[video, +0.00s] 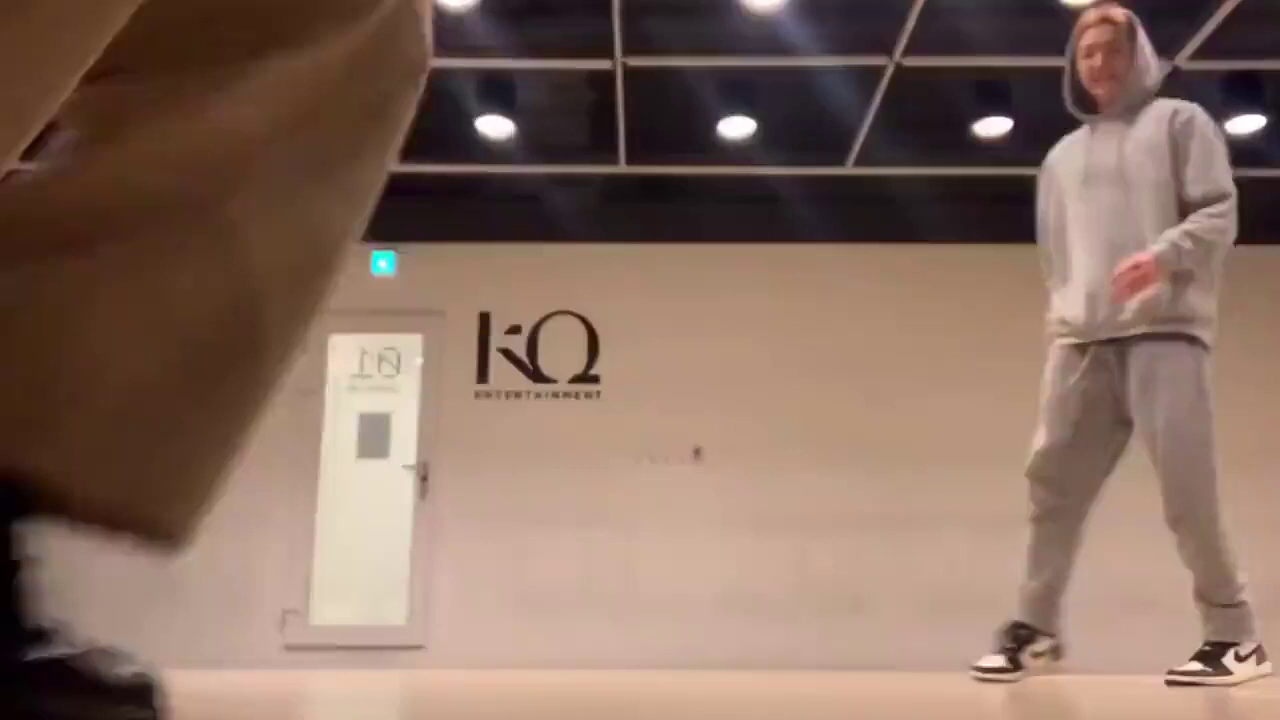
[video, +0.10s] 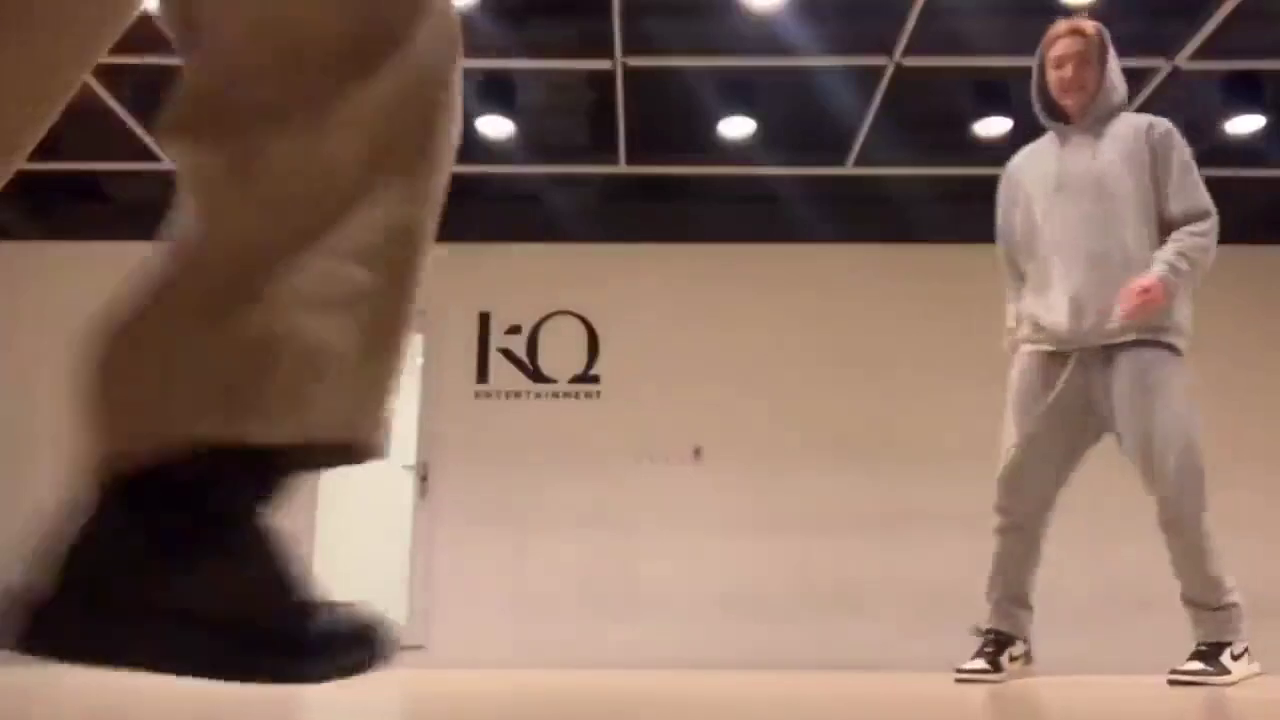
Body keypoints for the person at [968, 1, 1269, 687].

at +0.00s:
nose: (1099, 62)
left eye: (1111, 48)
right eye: (1088, 52)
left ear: (1137, 56)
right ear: (1074, 66)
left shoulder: (1181, 122)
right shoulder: (1062, 156)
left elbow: (1219, 216)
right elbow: (1057, 267)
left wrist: (1162, 258)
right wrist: (1060, 359)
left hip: (1167, 335)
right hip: (1086, 342)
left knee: (1187, 492)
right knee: (1053, 479)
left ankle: (1233, 638)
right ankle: (1036, 629)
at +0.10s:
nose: (1068, 74)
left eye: (1079, 62)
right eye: (1057, 64)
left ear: (1105, 67)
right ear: (1043, 75)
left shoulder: (1152, 137)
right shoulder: (1022, 166)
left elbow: (1199, 227)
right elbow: (1015, 272)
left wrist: (1161, 278)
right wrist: (1021, 345)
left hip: (1141, 349)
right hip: (1052, 354)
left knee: (1177, 486)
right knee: (1018, 490)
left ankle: (1219, 639)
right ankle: (1004, 634)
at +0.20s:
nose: (1051, 76)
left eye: (1062, 64)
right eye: (1040, 65)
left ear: (1087, 70)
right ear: (1025, 76)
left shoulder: (1133, 144)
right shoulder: (999, 165)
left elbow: (1175, 238)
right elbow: (981, 266)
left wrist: (1174, 309)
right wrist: (982, 353)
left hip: (1123, 349)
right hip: (1030, 353)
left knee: (1160, 479)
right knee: (1002, 486)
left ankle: (1186, 636)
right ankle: (1005, 635)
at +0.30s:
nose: (1053, 69)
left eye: (1064, 58)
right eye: (1041, 60)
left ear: (1087, 65)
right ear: (1024, 71)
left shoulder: (1130, 143)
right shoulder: (995, 152)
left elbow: (1165, 236)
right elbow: (965, 246)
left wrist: (1190, 319)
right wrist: (953, 328)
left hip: (1127, 341)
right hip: (1030, 345)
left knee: (1155, 477)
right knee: (1011, 485)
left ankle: (1167, 631)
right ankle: (1004, 633)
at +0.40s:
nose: (1071, 67)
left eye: (1082, 57)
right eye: (1059, 57)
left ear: (1102, 67)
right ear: (1040, 67)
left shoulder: (1136, 151)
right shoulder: (1001, 150)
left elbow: (1173, 244)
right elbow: (964, 237)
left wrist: (1200, 325)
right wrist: (956, 320)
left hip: (1135, 356)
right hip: (1038, 356)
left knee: (1162, 497)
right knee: (1020, 501)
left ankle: (1166, 633)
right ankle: (1003, 634)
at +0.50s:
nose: (1116, 69)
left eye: (1125, 61)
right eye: (1104, 58)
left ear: (1135, 78)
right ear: (1077, 69)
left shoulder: (1148, 165)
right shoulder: (1028, 147)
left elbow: (1180, 259)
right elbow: (987, 233)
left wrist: (1212, 336)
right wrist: (986, 324)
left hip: (1148, 362)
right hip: (1056, 358)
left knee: (1188, 477)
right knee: (1026, 499)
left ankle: (1185, 635)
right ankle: (1000, 634)